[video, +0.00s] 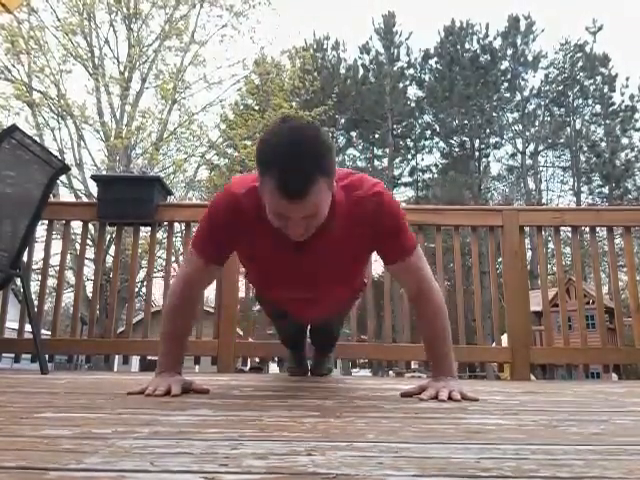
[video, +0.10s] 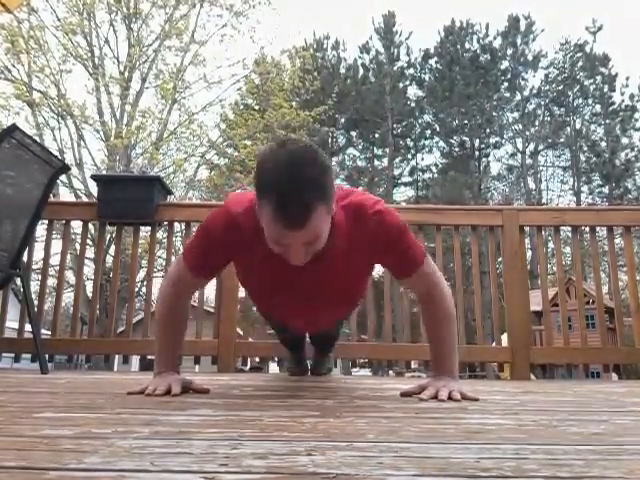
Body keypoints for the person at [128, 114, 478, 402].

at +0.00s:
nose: (296, 229)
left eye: (309, 216)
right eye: (281, 216)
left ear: (332, 185)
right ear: (262, 190)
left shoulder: (372, 204)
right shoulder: (233, 207)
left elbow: (424, 289)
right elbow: (189, 282)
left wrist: (443, 375)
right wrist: (169, 370)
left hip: (337, 301)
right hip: (277, 301)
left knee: (326, 337)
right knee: (291, 336)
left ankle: (321, 358)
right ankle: (296, 358)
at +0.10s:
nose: (296, 256)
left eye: (310, 241)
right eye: (280, 242)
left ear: (332, 206)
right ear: (258, 212)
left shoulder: (371, 219)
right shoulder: (233, 222)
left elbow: (433, 288)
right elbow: (176, 286)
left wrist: (445, 375)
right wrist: (167, 370)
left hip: (335, 313)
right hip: (278, 314)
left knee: (325, 340)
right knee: (290, 341)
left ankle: (321, 358)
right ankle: (294, 359)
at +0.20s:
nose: (296, 338)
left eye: (308, 326)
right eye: (280, 329)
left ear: (331, 286)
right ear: (255, 290)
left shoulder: (368, 268)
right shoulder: (229, 269)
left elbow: (447, 292)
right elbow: (160, 292)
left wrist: (446, 375)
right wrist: (165, 370)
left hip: (336, 349)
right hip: (269, 349)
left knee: (322, 361)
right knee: (283, 359)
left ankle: (318, 365)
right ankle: (295, 362)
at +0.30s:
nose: (295, 382)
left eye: (309, 372)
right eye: (277, 375)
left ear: (332, 324)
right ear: (250, 325)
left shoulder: (368, 291)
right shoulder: (230, 289)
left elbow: (448, 291)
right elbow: (160, 288)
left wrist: (446, 374)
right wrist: (164, 369)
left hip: (337, 362)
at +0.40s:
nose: (293, 384)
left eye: (308, 374)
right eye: (275, 377)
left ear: (332, 328)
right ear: (249, 327)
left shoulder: (368, 293)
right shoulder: (230, 290)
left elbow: (448, 291)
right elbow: (159, 288)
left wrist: (445, 375)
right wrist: (164, 369)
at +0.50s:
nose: (295, 336)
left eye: (308, 324)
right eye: (280, 328)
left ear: (332, 283)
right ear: (255, 289)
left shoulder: (373, 270)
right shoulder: (226, 268)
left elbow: (450, 291)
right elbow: (160, 289)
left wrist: (447, 376)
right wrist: (164, 370)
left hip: (338, 341)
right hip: (271, 344)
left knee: (325, 361)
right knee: (286, 362)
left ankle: (325, 362)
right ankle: (293, 360)